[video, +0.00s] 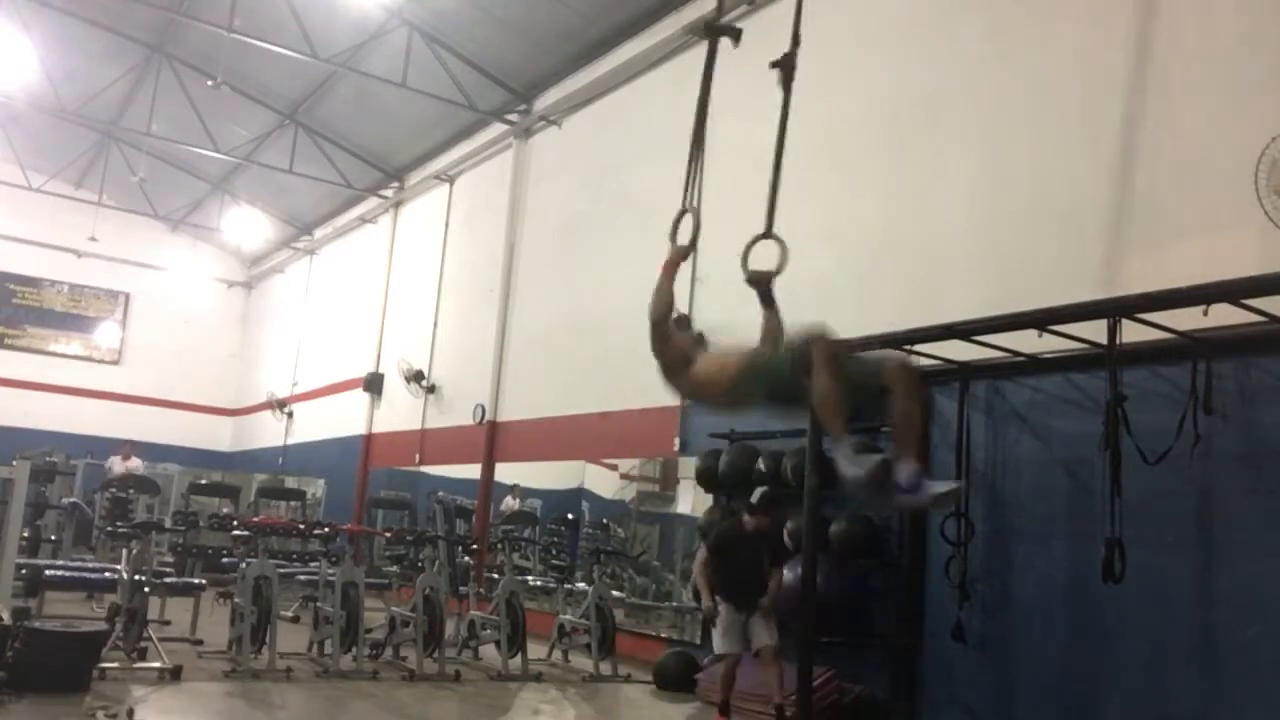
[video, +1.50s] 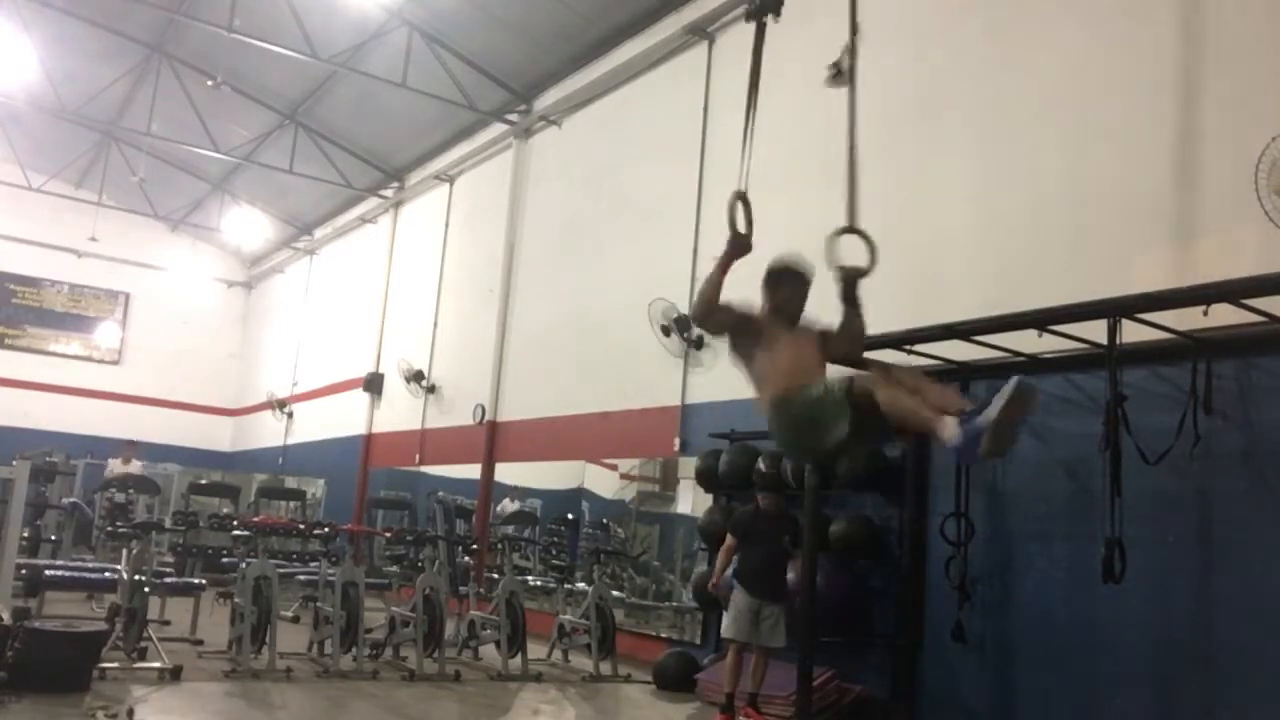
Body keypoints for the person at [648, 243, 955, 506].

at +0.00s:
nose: (693, 333)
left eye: (691, 328)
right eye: (683, 329)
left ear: (696, 337)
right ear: (669, 343)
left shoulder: (721, 362)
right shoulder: (685, 375)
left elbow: (771, 349)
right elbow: (658, 320)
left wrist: (765, 297)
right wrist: (669, 267)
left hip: (799, 374)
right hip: (770, 381)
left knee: (900, 371)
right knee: (820, 345)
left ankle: (909, 478)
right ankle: (843, 453)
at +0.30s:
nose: (793, 197)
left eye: (799, 189)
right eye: (788, 186)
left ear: (800, 188)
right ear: (770, 178)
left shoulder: (793, 226)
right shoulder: (734, 207)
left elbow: (800, 280)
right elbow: (670, 223)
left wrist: (818, 265)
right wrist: (710, 220)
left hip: (787, 320)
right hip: (755, 314)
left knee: (871, 328)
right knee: (825, 292)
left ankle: (957, 319)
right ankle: (913, 293)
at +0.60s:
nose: (857, 229)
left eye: (865, 224)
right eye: (855, 219)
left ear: (872, 217)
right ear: (839, 199)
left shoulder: (852, 232)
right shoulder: (798, 195)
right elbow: (736, 168)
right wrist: (743, 217)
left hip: (798, 311)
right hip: (759, 308)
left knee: (847, 367)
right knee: (821, 365)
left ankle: (855, 472)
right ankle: (819, 476)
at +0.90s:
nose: (900, 216)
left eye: (908, 211)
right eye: (900, 207)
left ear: (908, 204)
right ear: (885, 187)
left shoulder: (886, 225)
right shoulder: (836, 184)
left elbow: (877, 266)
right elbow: (770, 160)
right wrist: (779, 201)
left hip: (820, 315)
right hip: (782, 305)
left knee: (817, 415)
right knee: (792, 408)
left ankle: (786, 512)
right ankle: (754, 512)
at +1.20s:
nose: (873, 189)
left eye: (880, 182)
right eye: (869, 178)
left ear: (883, 182)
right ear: (850, 168)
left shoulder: (868, 216)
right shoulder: (805, 188)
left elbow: (903, 264)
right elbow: (735, 189)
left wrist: (898, 245)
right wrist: (762, 218)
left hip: (818, 314)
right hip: (779, 311)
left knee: (871, 360)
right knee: (837, 359)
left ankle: (885, 464)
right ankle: (858, 472)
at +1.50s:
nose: (793, 297)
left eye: (799, 291)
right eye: (784, 288)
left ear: (805, 295)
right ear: (766, 290)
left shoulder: (811, 337)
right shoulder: (749, 326)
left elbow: (853, 346)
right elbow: (702, 315)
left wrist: (850, 296)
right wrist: (726, 260)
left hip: (830, 411)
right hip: (791, 416)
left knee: (898, 377)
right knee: (872, 388)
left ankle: (977, 414)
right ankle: (953, 435)